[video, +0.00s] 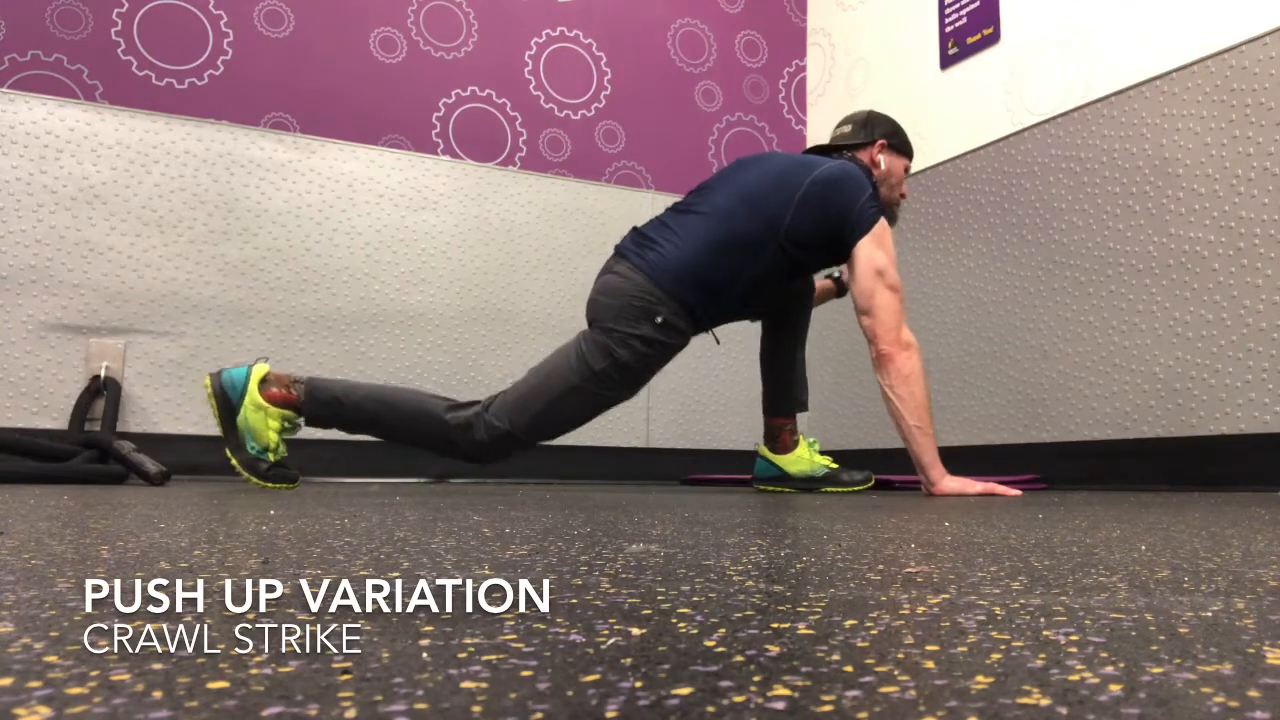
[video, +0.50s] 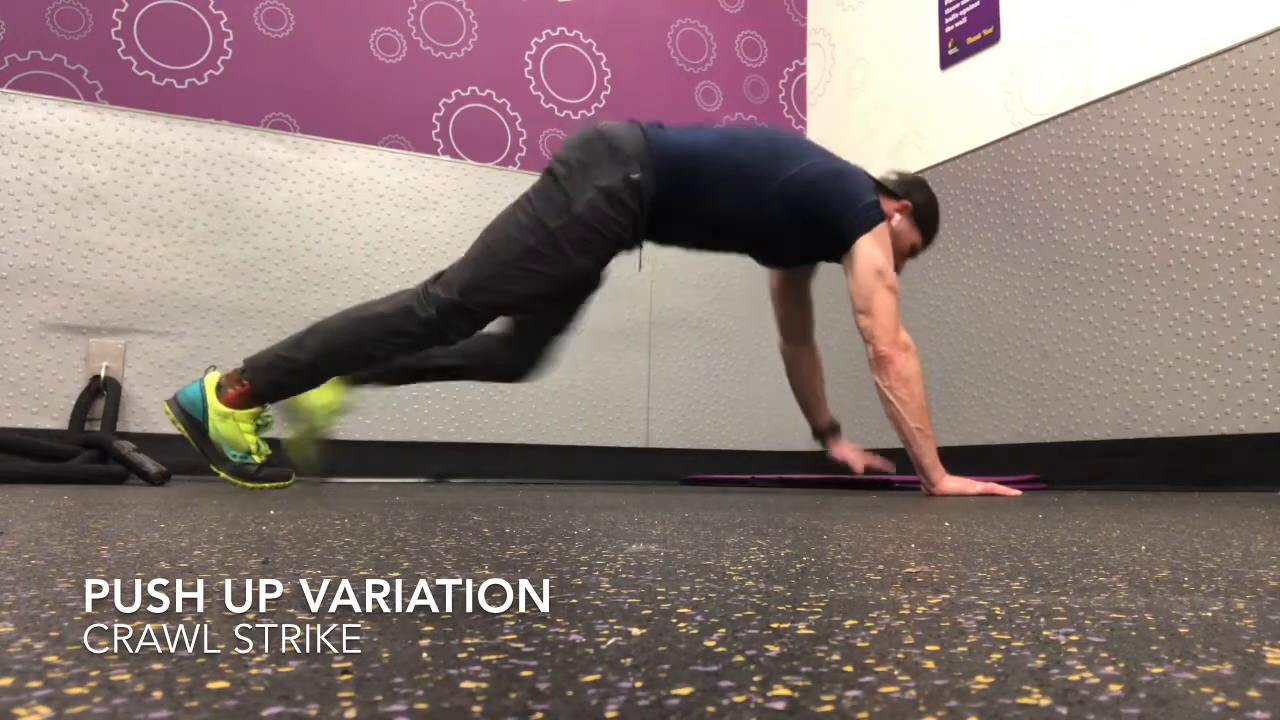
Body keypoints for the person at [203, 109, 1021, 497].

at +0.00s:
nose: (904, 191)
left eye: (906, 178)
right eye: (904, 176)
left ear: (846, 146)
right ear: (875, 157)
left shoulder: (787, 175)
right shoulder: (860, 194)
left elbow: (754, 273)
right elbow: (892, 350)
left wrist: (823, 283)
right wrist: (935, 474)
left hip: (637, 276)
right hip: (653, 306)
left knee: (793, 285)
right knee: (487, 432)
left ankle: (786, 448)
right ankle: (279, 394)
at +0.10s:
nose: (900, 206)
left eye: (905, 194)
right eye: (904, 192)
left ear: (856, 151)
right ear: (883, 167)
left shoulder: (784, 166)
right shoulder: (856, 193)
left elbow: (741, 247)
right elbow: (887, 348)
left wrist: (817, 286)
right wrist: (934, 471)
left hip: (632, 250)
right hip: (642, 276)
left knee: (780, 276)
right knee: (476, 410)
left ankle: (786, 449)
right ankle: (261, 394)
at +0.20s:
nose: (893, 224)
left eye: (898, 212)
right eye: (899, 207)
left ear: (863, 165)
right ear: (880, 181)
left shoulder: (792, 167)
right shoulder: (847, 197)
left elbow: (734, 260)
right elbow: (882, 347)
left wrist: (810, 307)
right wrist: (934, 471)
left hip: (633, 213)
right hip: (616, 227)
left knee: (744, 277)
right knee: (458, 364)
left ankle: (755, 446)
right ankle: (239, 397)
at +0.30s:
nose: (888, 239)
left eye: (893, 227)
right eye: (897, 223)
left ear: (864, 170)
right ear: (884, 191)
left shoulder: (786, 171)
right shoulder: (846, 201)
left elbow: (744, 282)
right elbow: (880, 348)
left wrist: (804, 345)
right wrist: (933, 468)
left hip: (621, 182)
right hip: (613, 178)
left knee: (721, 280)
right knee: (453, 333)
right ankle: (231, 396)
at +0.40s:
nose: (884, 256)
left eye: (893, 245)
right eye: (896, 239)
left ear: (869, 184)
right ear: (888, 204)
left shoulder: (789, 189)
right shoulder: (849, 203)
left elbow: (775, 311)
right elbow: (885, 348)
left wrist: (822, 400)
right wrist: (935, 471)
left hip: (618, 176)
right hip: (610, 166)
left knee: (626, 333)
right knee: (447, 311)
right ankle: (231, 391)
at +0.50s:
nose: (893, 270)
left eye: (903, 257)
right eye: (906, 251)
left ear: (878, 208)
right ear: (900, 216)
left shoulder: (804, 223)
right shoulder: (864, 208)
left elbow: (797, 343)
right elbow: (888, 348)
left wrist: (833, 441)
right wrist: (937, 472)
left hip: (621, 203)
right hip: (615, 174)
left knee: (513, 356)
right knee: (448, 307)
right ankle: (230, 389)